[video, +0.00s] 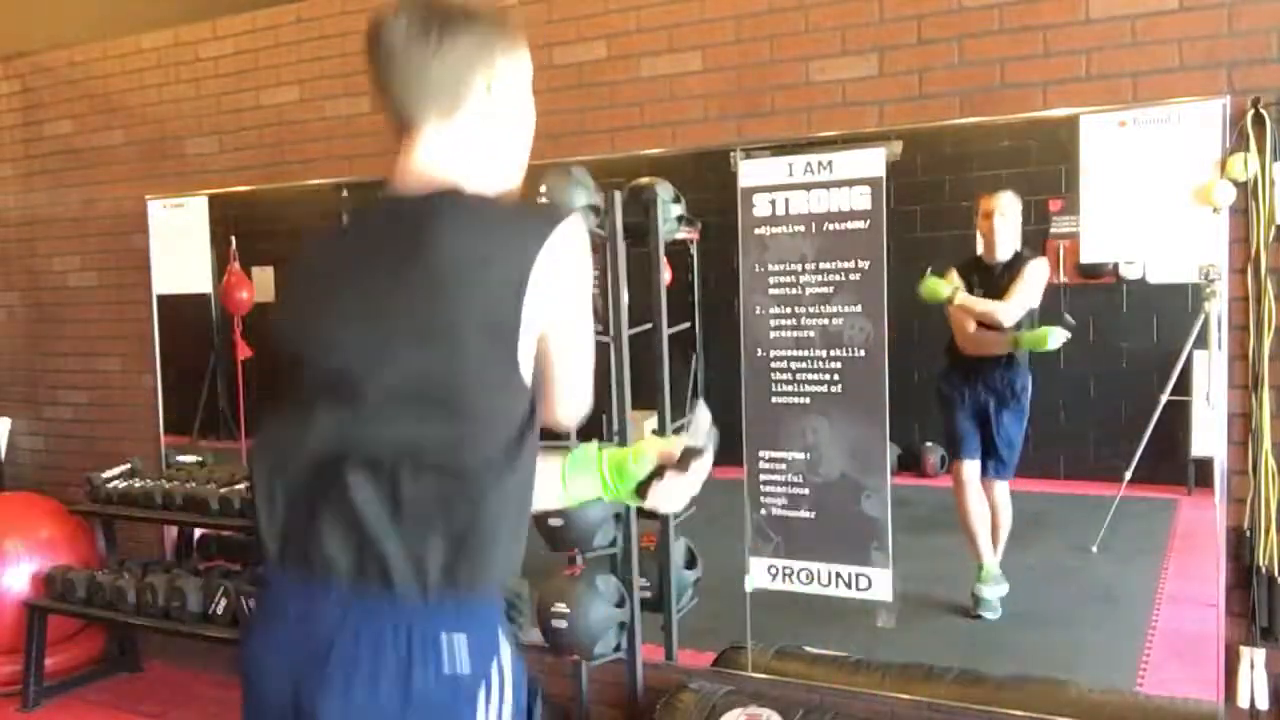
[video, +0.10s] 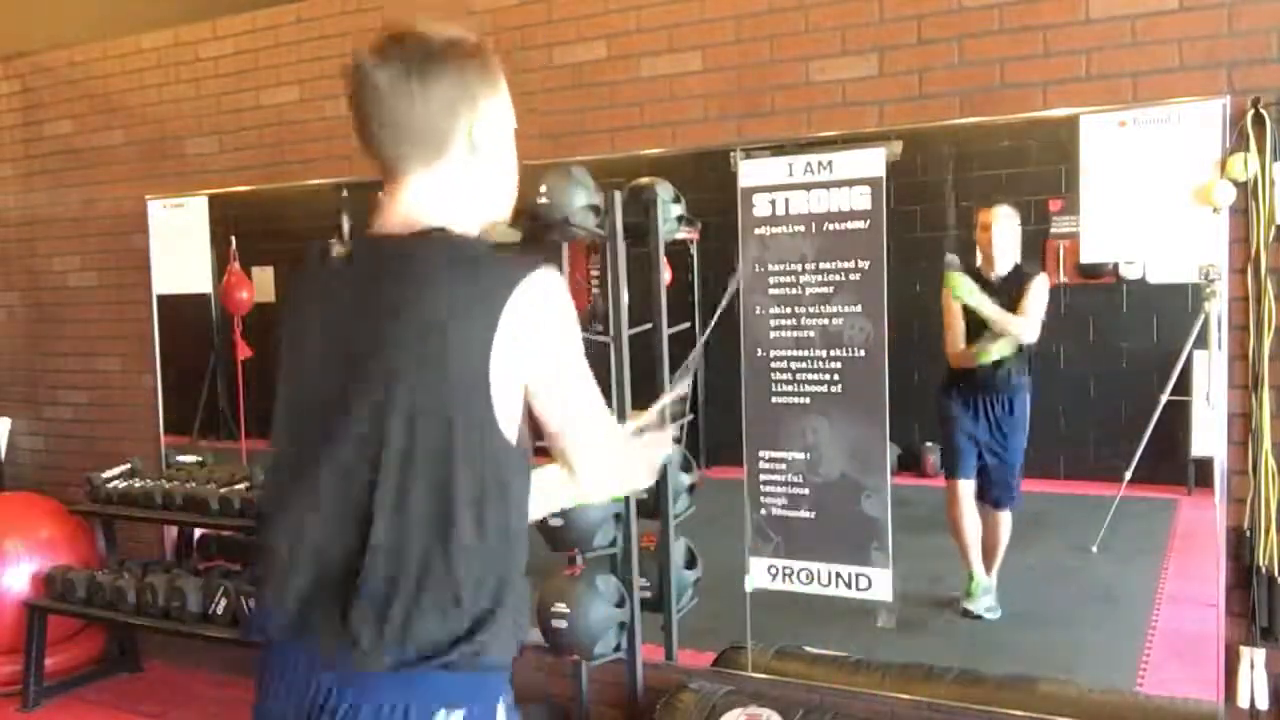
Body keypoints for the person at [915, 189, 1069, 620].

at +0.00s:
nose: (991, 223)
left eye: (1000, 216)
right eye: (985, 215)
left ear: (1017, 223)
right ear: (977, 222)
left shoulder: (1034, 267)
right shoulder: (958, 273)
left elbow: (1007, 314)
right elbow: (968, 341)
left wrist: (956, 295)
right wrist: (1019, 341)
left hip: (1007, 380)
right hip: (962, 380)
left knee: (995, 482)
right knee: (965, 473)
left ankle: (991, 575)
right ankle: (987, 570)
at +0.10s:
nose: (988, 236)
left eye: (996, 228)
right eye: (983, 228)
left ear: (1015, 234)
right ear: (975, 233)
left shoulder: (1033, 281)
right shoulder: (958, 281)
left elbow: (1027, 332)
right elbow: (955, 354)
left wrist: (976, 300)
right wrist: (990, 348)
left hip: (1009, 397)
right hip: (963, 395)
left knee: (999, 495)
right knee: (959, 486)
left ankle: (989, 585)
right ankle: (976, 579)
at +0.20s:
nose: (982, 209)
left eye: (991, 201)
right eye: (978, 201)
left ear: (1009, 208)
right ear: (970, 208)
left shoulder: (1033, 260)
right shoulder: (952, 263)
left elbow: (1051, 331)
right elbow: (938, 326)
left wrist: (1027, 332)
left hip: (1010, 374)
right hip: (963, 373)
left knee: (999, 476)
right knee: (962, 467)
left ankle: (993, 573)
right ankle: (977, 549)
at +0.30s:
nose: (978, 200)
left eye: (986, 192)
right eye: (974, 193)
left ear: (1006, 201)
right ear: (967, 201)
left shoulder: (1032, 254)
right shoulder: (949, 257)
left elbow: (1056, 313)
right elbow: (931, 319)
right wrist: (896, 361)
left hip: (1014, 374)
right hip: (963, 373)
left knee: (1005, 480)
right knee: (967, 475)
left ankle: (995, 530)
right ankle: (980, 565)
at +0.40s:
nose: (979, 224)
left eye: (988, 217)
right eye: (974, 216)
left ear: (1006, 224)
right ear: (965, 223)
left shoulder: (1029, 274)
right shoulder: (947, 275)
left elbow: (1056, 331)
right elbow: (933, 332)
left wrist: (1096, 338)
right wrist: (894, 347)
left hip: (1017, 387)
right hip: (967, 388)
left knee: (1008, 493)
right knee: (972, 493)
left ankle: (988, 495)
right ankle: (986, 586)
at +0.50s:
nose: (979, 233)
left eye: (988, 226)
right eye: (974, 225)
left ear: (1007, 233)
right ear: (964, 233)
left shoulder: (1029, 283)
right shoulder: (946, 285)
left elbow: (1052, 338)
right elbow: (928, 339)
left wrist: (1087, 343)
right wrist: (896, 347)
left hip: (1018, 398)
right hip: (969, 401)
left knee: (1010, 499)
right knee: (973, 504)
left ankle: (1006, 507)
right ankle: (991, 589)